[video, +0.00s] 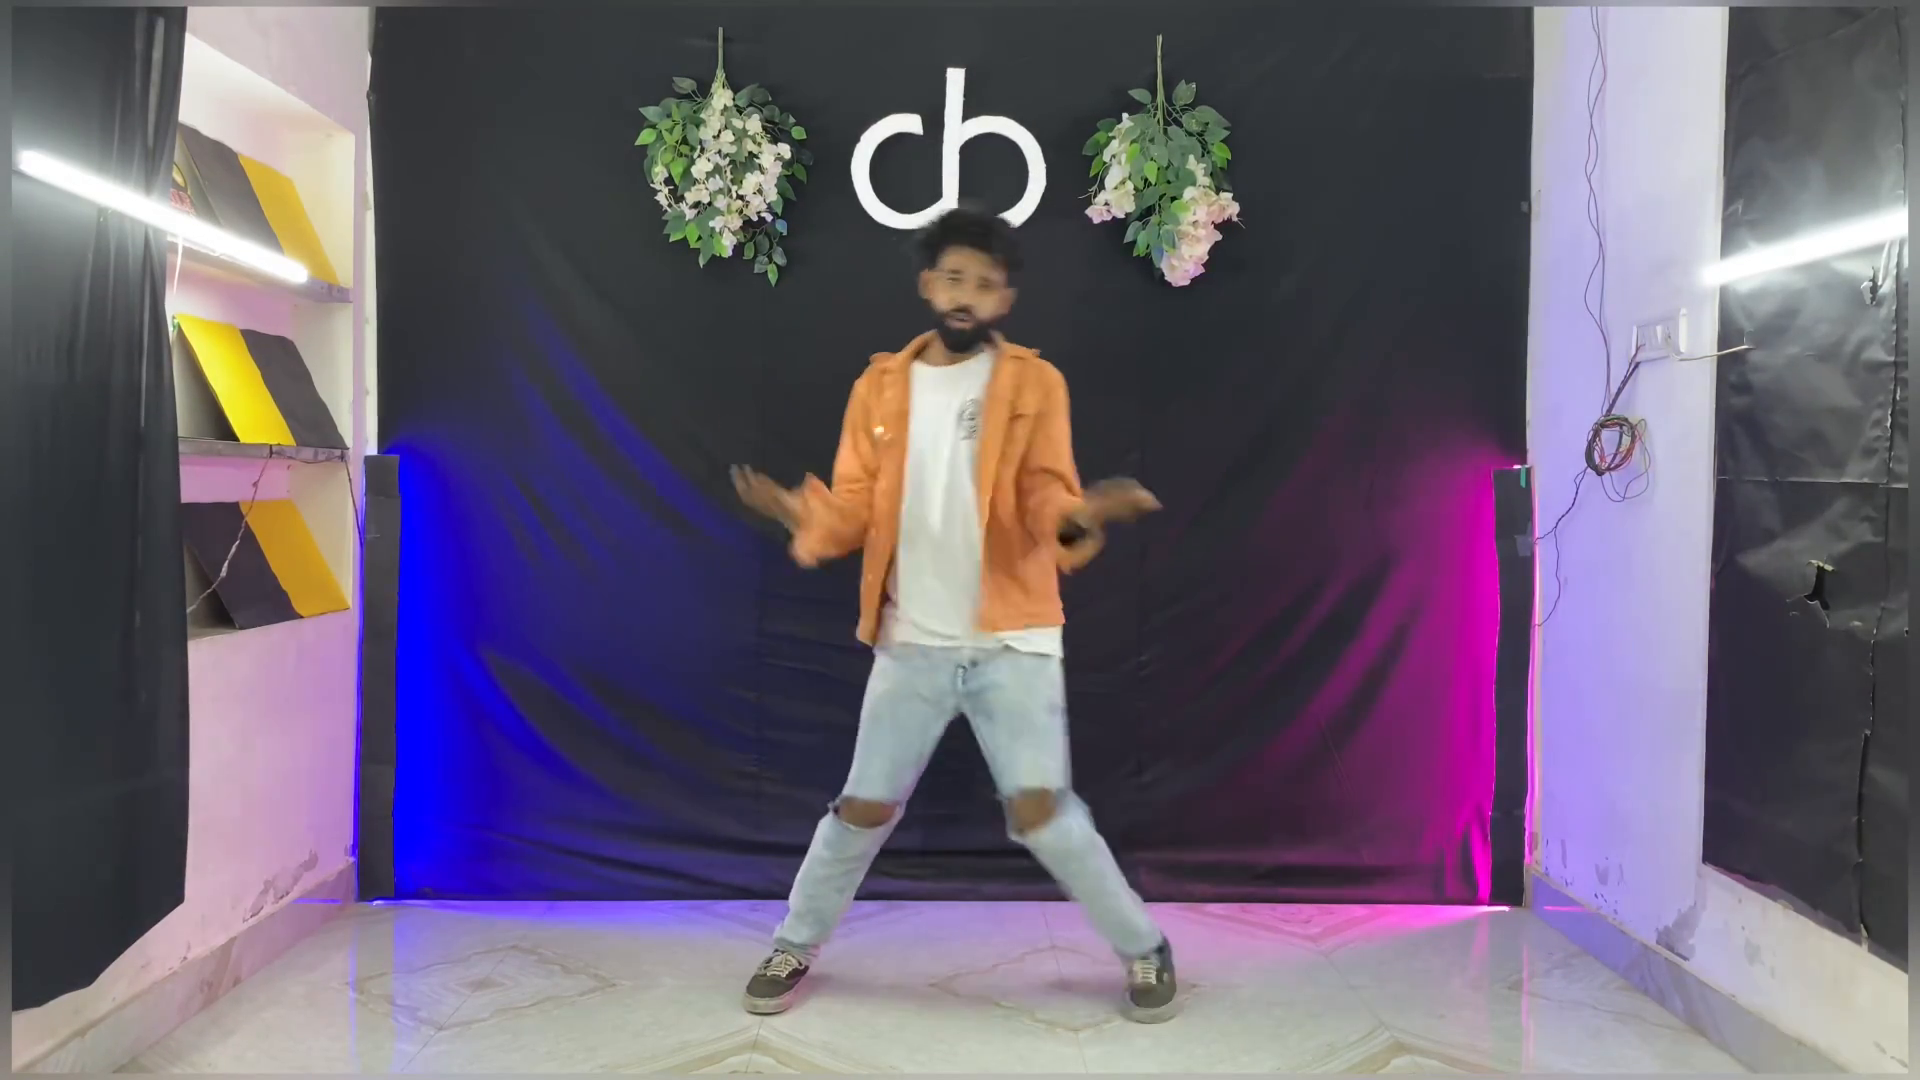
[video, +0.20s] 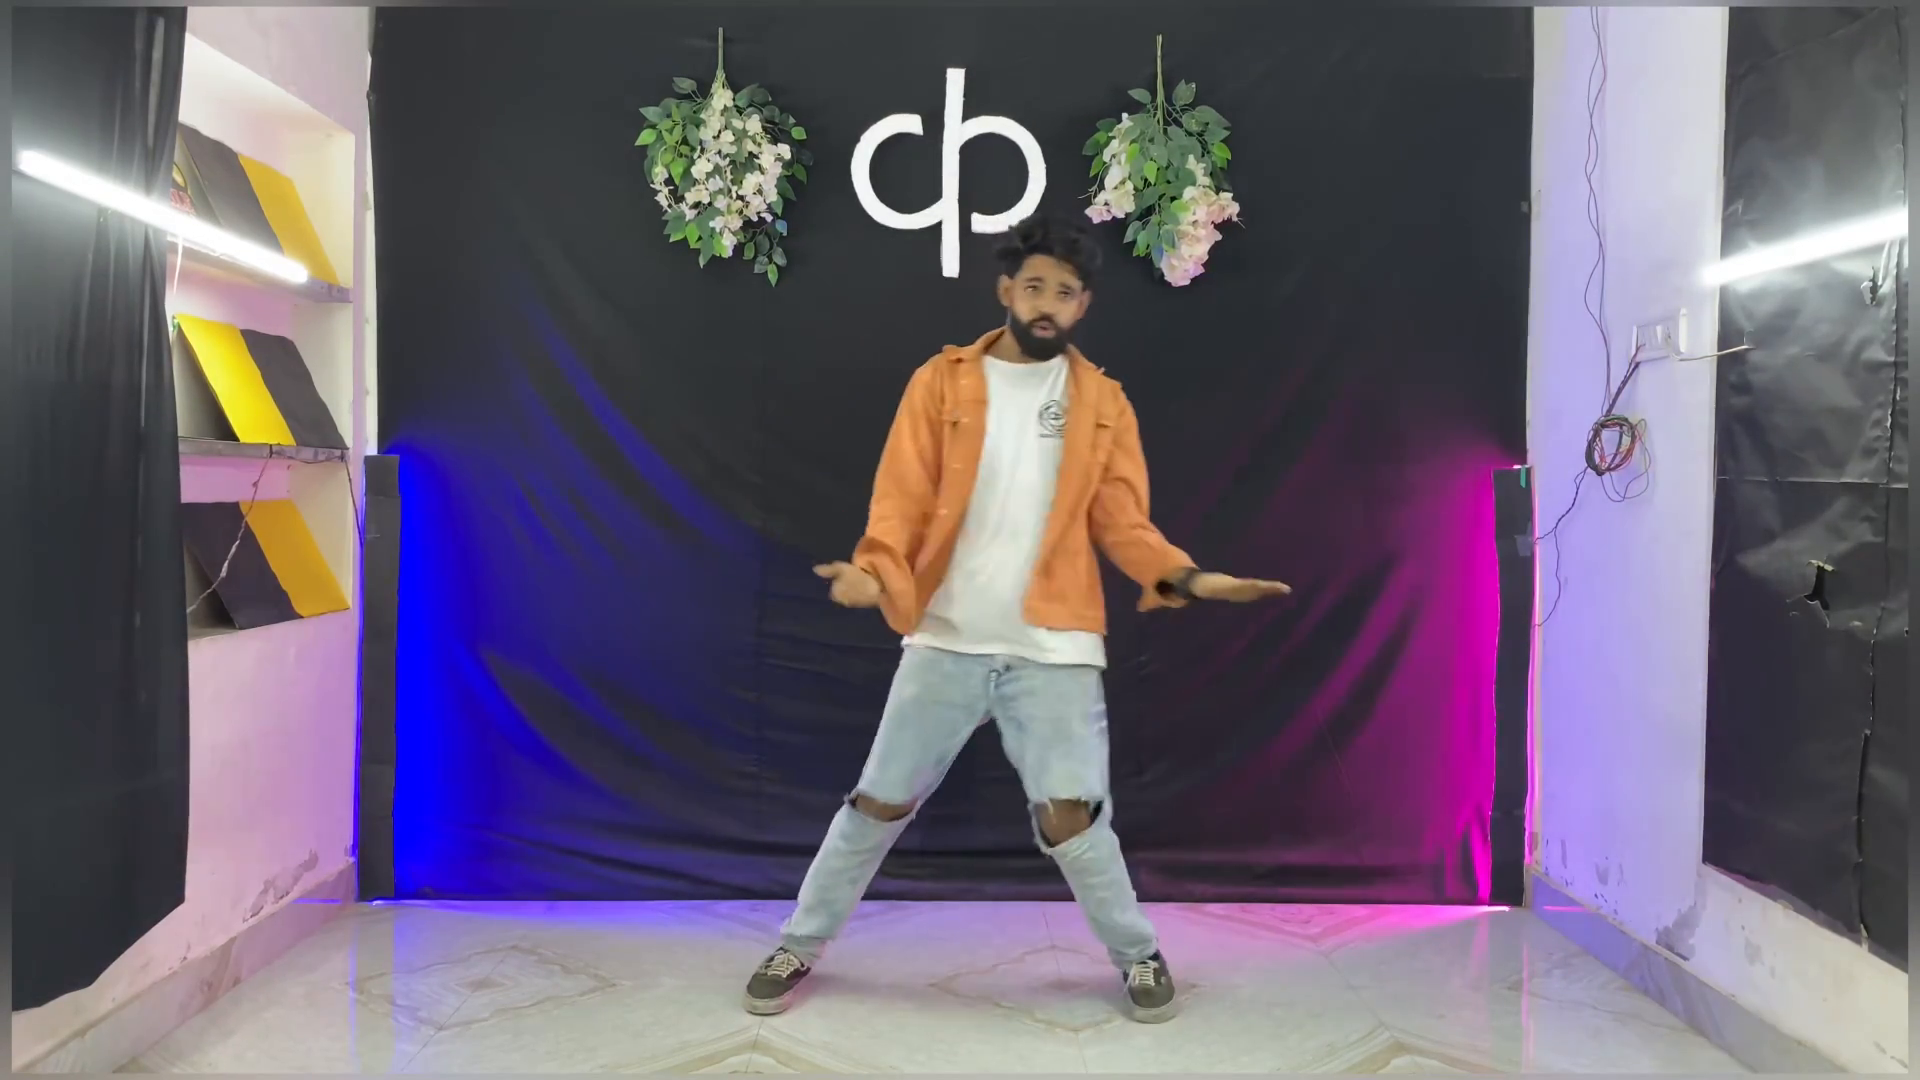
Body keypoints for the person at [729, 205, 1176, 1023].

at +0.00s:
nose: (964, 295)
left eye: (983, 283)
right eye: (951, 278)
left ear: (1009, 297)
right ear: (925, 283)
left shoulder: (1036, 384)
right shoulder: (881, 383)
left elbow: (1044, 501)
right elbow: (851, 501)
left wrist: (1083, 511)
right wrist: (800, 511)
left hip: (1014, 638)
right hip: (910, 638)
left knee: (1039, 810)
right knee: (863, 806)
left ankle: (1143, 949)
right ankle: (792, 945)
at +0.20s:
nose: (1048, 304)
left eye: (1066, 292)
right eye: (1035, 285)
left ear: (1085, 305)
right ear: (1004, 287)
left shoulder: (1102, 402)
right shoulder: (943, 381)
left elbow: (1122, 519)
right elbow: (903, 492)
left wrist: (1185, 577)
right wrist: (876, 568)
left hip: (1054, 646)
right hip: (944, 640)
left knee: (1071, 817)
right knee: (878, 802)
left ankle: (1138, 955)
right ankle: (799, 943)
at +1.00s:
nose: (964, 312)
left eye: (983, 299)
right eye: (951, 297)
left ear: (1016, 312)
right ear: (932, 308)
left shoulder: (1057, 405)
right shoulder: (907, 405)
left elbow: (1099, 527)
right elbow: (863, 535)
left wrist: (1127, 642)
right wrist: (821, 650)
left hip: (1006, 675)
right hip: (898, 665)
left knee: (1020, 843)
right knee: (800, 807)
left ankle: (1113, 961)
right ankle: (692, 959)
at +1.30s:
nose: (1123, 274)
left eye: (1139, 262)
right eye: (1110, 257)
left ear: (1161, 274)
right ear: (1083, 262)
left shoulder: (1171, 341)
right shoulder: (1030, 351)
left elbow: (1216, 270)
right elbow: (1008, 481)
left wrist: (1152, 221)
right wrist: (1007, 599)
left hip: (1167, 593)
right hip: (1065, 599)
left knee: (1169, 772)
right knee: (1048, 762)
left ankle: (1131, 943)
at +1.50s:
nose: (1188, 316)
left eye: (1205, 302)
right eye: (1174, 296)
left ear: (1227, 313)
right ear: (1148, 301)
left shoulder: (1239, 376)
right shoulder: (1097, 406)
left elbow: (1291, 260)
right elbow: (1081, 535)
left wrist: (1220, 217)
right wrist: (1102, 648)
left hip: (1230, 610)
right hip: (1143, 624)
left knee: (1208, 776)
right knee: (1214, 789)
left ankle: (1132, 942)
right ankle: (1331, 899)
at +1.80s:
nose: (1119, 275)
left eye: (1138, 260)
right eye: (1111, 259)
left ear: (1187, 264)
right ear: (1102, 261)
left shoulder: (1221, 358)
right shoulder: (1074, 335)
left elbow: (1274, 477)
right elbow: (995, 417)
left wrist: (1250, 414)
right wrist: (1050, 506)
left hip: (1185, 600)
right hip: (1094, 592)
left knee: (1162, 762)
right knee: (1110, 782)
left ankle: (1125, 952)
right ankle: (1253, 834)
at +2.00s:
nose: (1041, 250)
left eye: (1059, 233)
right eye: (1032, 235)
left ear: (1109, 233)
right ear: (1027, 236)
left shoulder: (1173, 330)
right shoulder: (1013, 313)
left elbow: (1199, 454)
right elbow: (942, 389)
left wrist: (1202, 550)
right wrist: (914, 345)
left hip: (1121, 581)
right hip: (1022, 560)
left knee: (1125, 758)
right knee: (953, 697)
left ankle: (1123, 948)